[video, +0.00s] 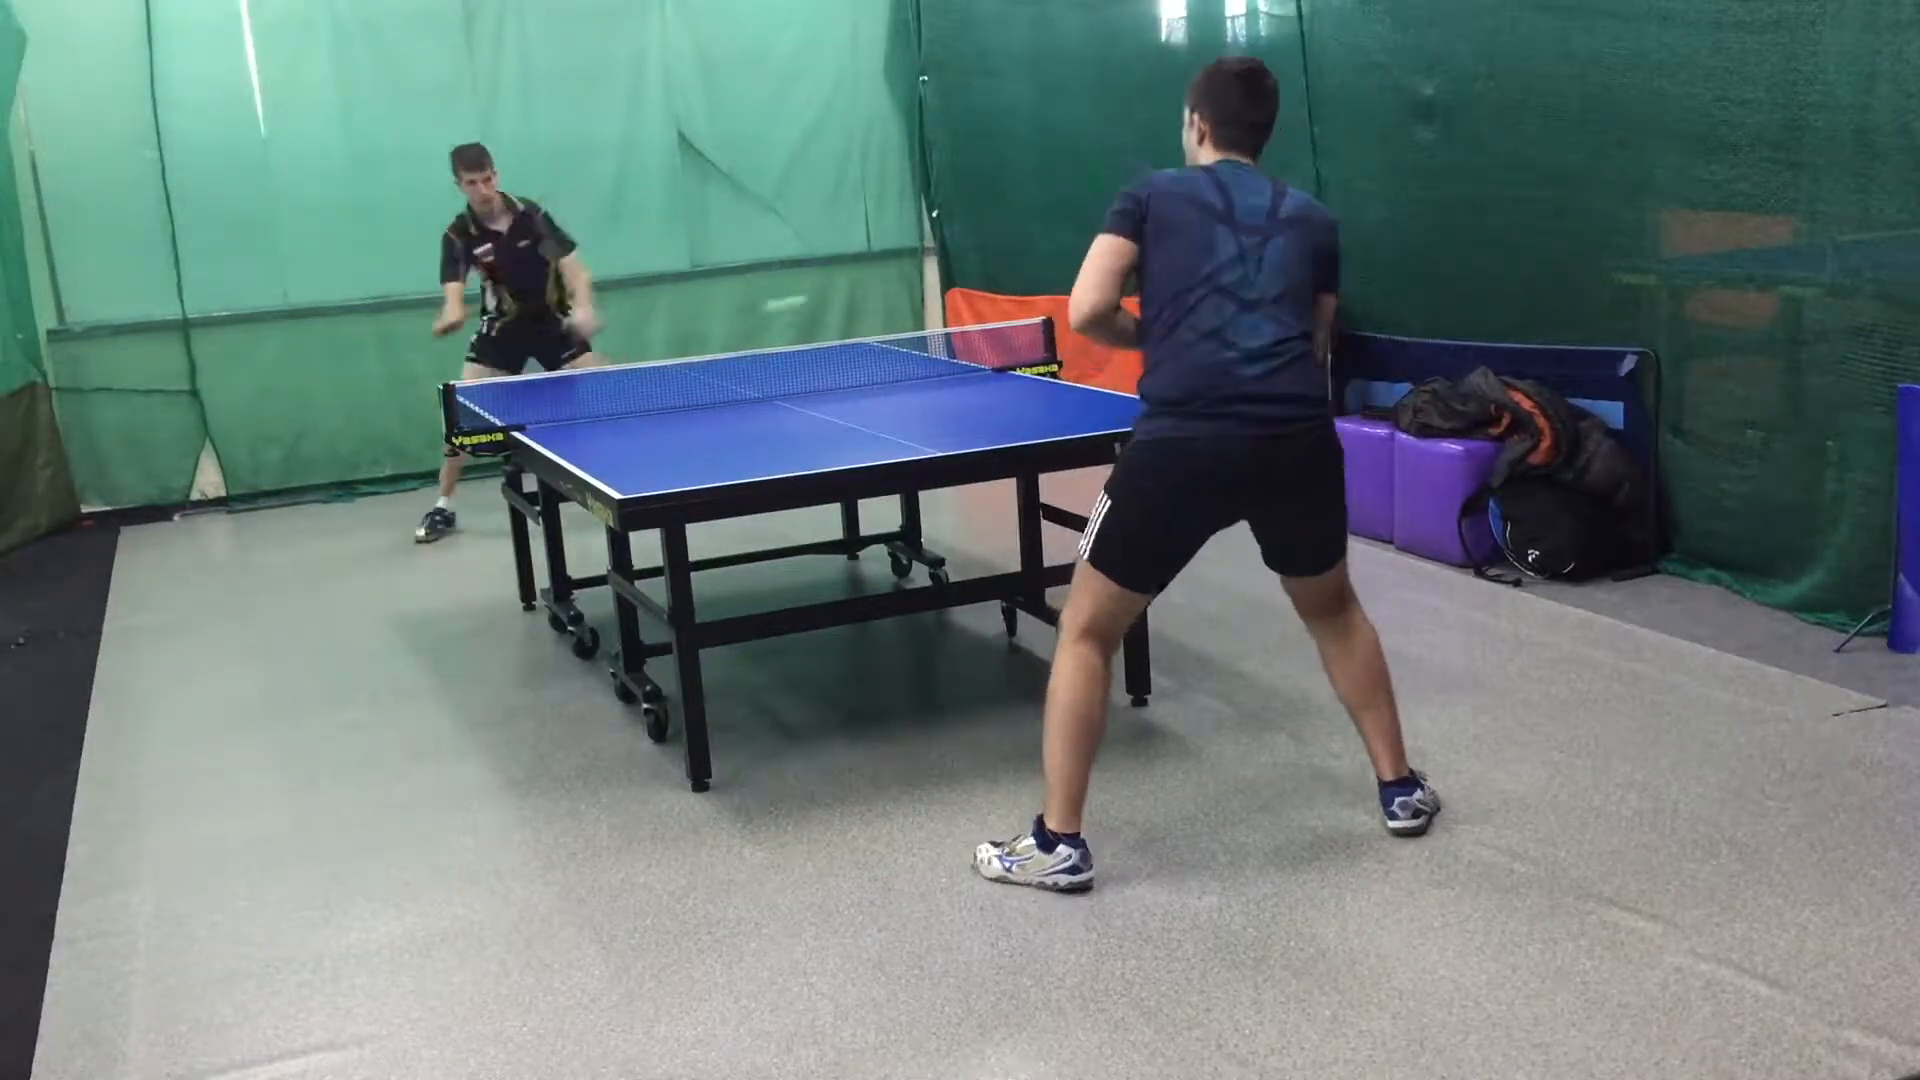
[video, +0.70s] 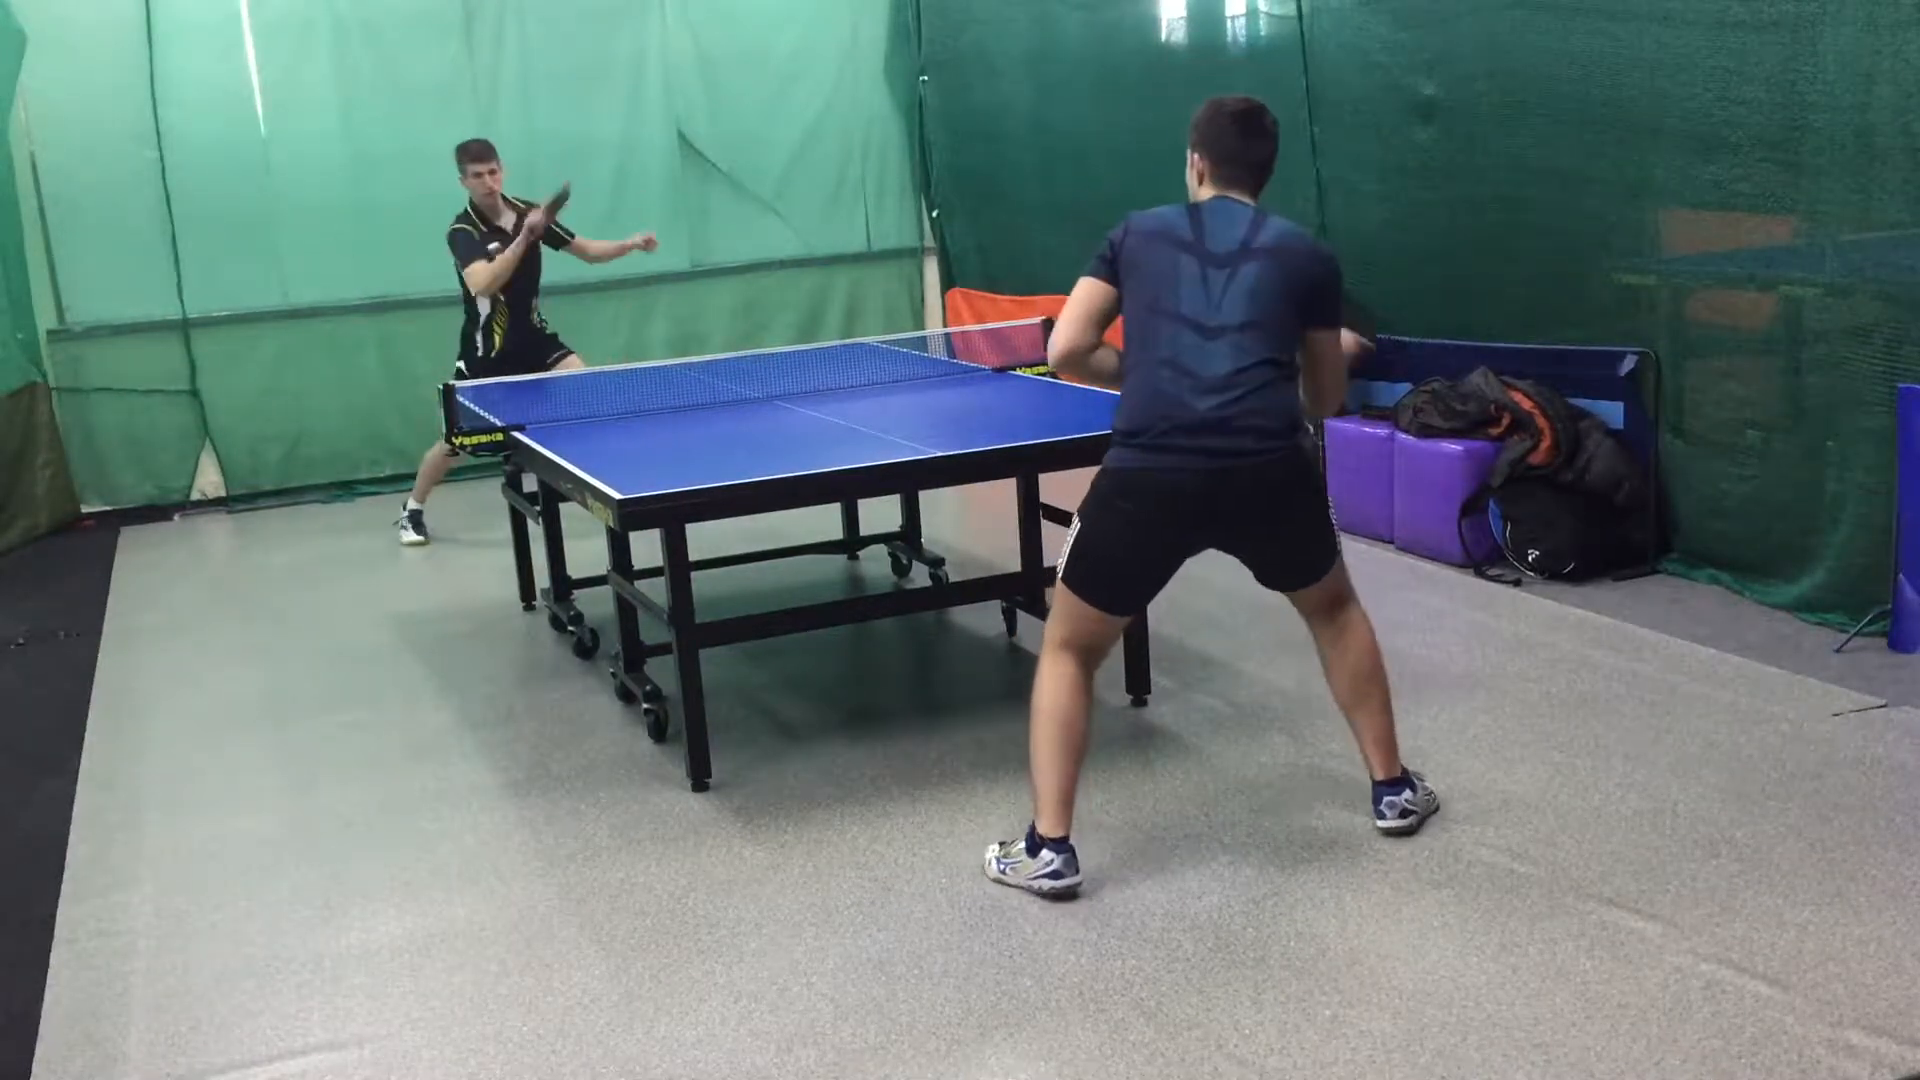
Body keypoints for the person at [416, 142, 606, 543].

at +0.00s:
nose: (483, 190)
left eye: (487, 180)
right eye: (473, 184)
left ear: (496, 176)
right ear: (460, 186)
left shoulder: (530, 215)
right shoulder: (459, 234)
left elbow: (575, 269)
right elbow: (455, 300)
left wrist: (583, 308)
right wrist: (452, 318)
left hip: (551, 319)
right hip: (501, 325)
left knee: (603, 388)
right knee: (466, 407)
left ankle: (626, 484)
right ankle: (443, 505)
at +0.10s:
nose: (450, 215)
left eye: (454, 205)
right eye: (440, 209)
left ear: (465, 197)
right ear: (429, 209)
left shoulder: (500, 237)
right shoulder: (439, 253)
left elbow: (521, 308)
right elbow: (439, 326)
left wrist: (480, 349)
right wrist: (394, 361)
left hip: (548, 340)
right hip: (501, 342)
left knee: (573, 415)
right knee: (445, 417)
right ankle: (442, 507)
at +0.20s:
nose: (425, 228)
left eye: (430, 217)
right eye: (416, 222)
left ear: (441, 208)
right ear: (406, 220)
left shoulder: (470, 244)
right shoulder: (431, 257)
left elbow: (484, 303)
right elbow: (437, 328)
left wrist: (440, 333)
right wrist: (380, 366)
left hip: (539, 345)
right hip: (493, 346)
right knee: (439, 411)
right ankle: (442, 508)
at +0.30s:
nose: (414, 213)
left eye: (420, 202)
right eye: (406, 206)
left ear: (435, 195)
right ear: (400, 208)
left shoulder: (470, 229)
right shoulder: (426, 252)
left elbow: (525, 257)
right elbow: (429, 320)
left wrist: (503, 287)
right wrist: (382, 344)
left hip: (536, 342)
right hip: (486, 343)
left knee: (567, 419)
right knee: (440, 421)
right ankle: (443, 509)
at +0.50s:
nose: (447, 176)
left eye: (452, 166)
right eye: (438, 171)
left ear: (468, 163)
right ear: (432, 176)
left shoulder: (506, 203)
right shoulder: (440, 217)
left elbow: (571, 234)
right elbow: (467, 231)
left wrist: (593, 217)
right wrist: (517, 184)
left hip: (529, 330)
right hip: (481, 344)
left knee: (584, 388)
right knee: (455, 431)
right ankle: (437, 510)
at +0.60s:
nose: (481, 178)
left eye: (485, 169)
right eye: (470, 173)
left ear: (495, 168)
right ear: (457, 179)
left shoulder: (520, 211)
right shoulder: (465, 223)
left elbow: (578, 245)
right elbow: (509, 256)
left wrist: (614, 226)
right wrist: (538, 205)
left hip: (527, 336)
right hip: (483, 348)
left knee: (582, 383)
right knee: (459, 443)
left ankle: (524, 472)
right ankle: (416, 509)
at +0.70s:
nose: (488, 181)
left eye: (492, 172)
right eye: (478, 176)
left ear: (502, 171)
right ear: (464, 181)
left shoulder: (528, 213)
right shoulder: (463, 230)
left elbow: (586, 250)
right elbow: (480, 283)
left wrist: (628, 245)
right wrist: (523, 239)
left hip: (531, 337)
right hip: (484, 350)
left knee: (584, 385)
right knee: (456, 441)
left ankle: (534, 473)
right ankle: (413, 509)